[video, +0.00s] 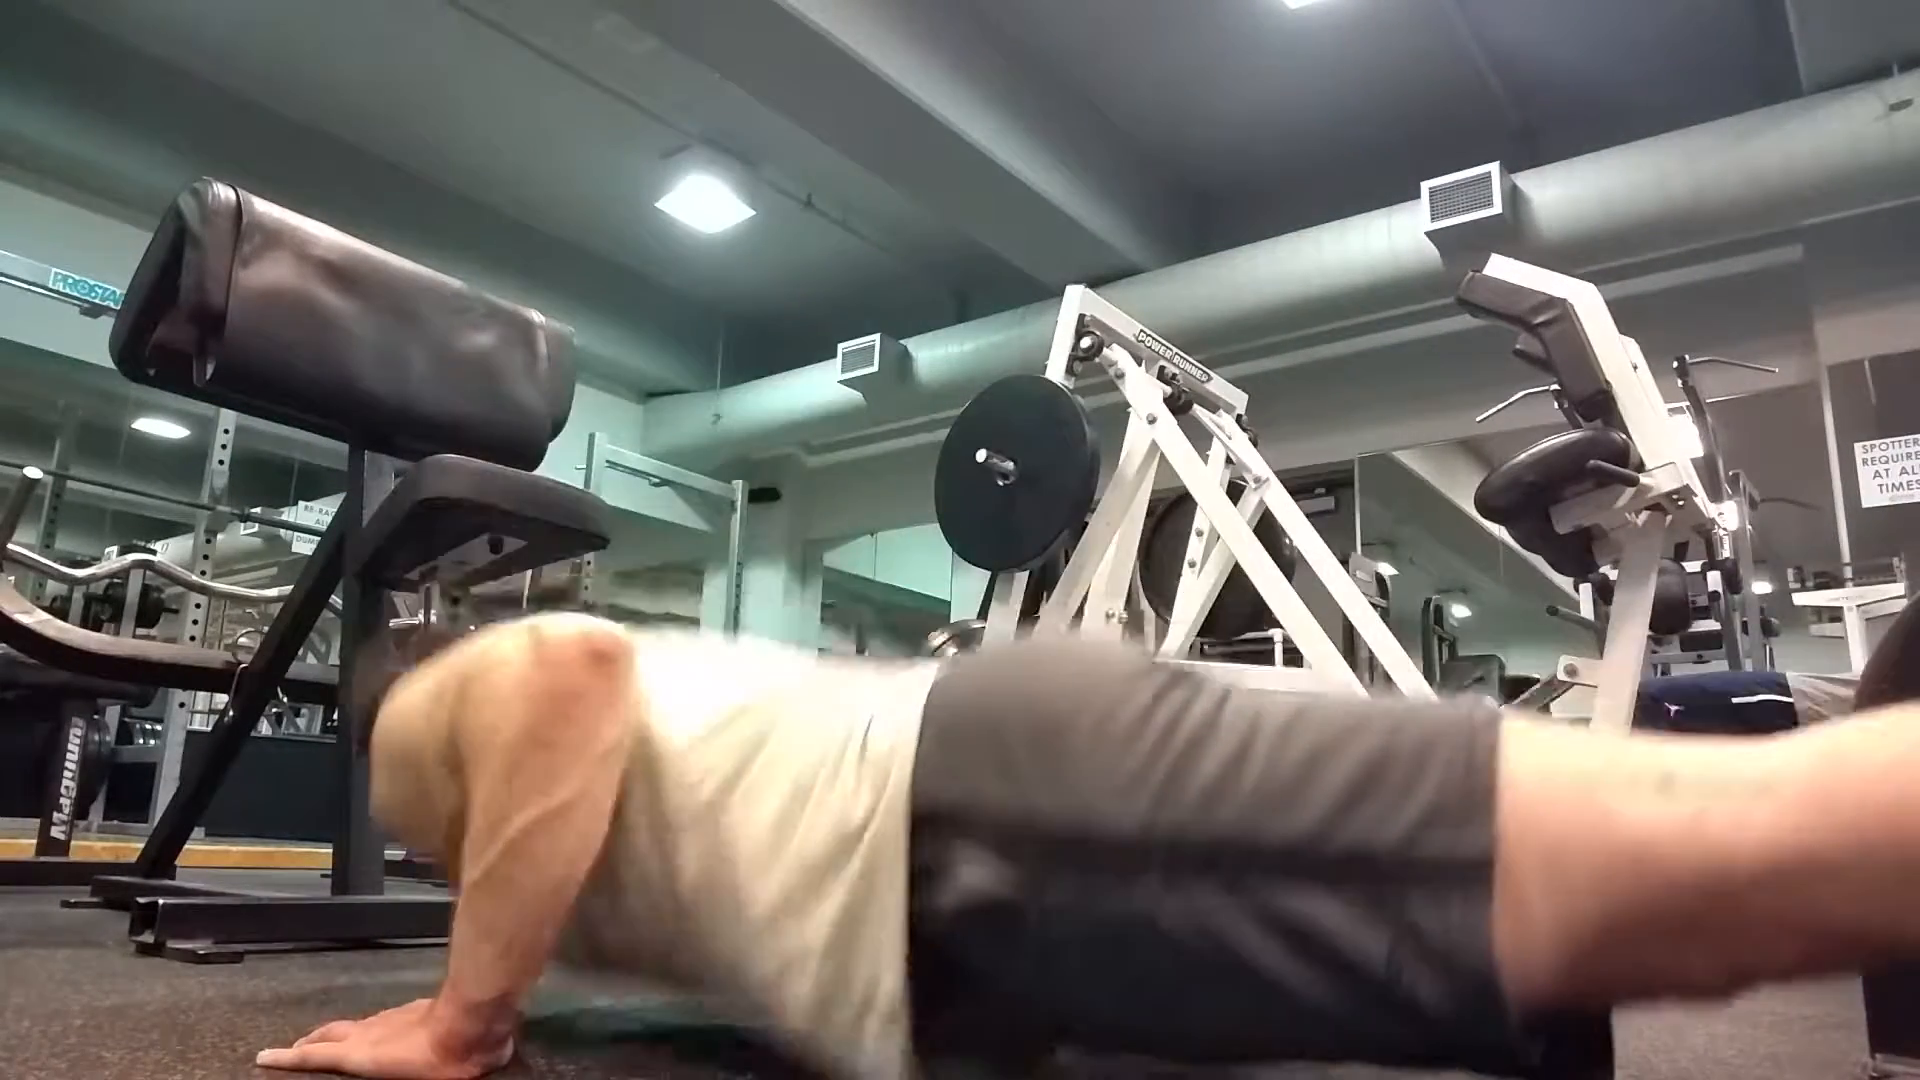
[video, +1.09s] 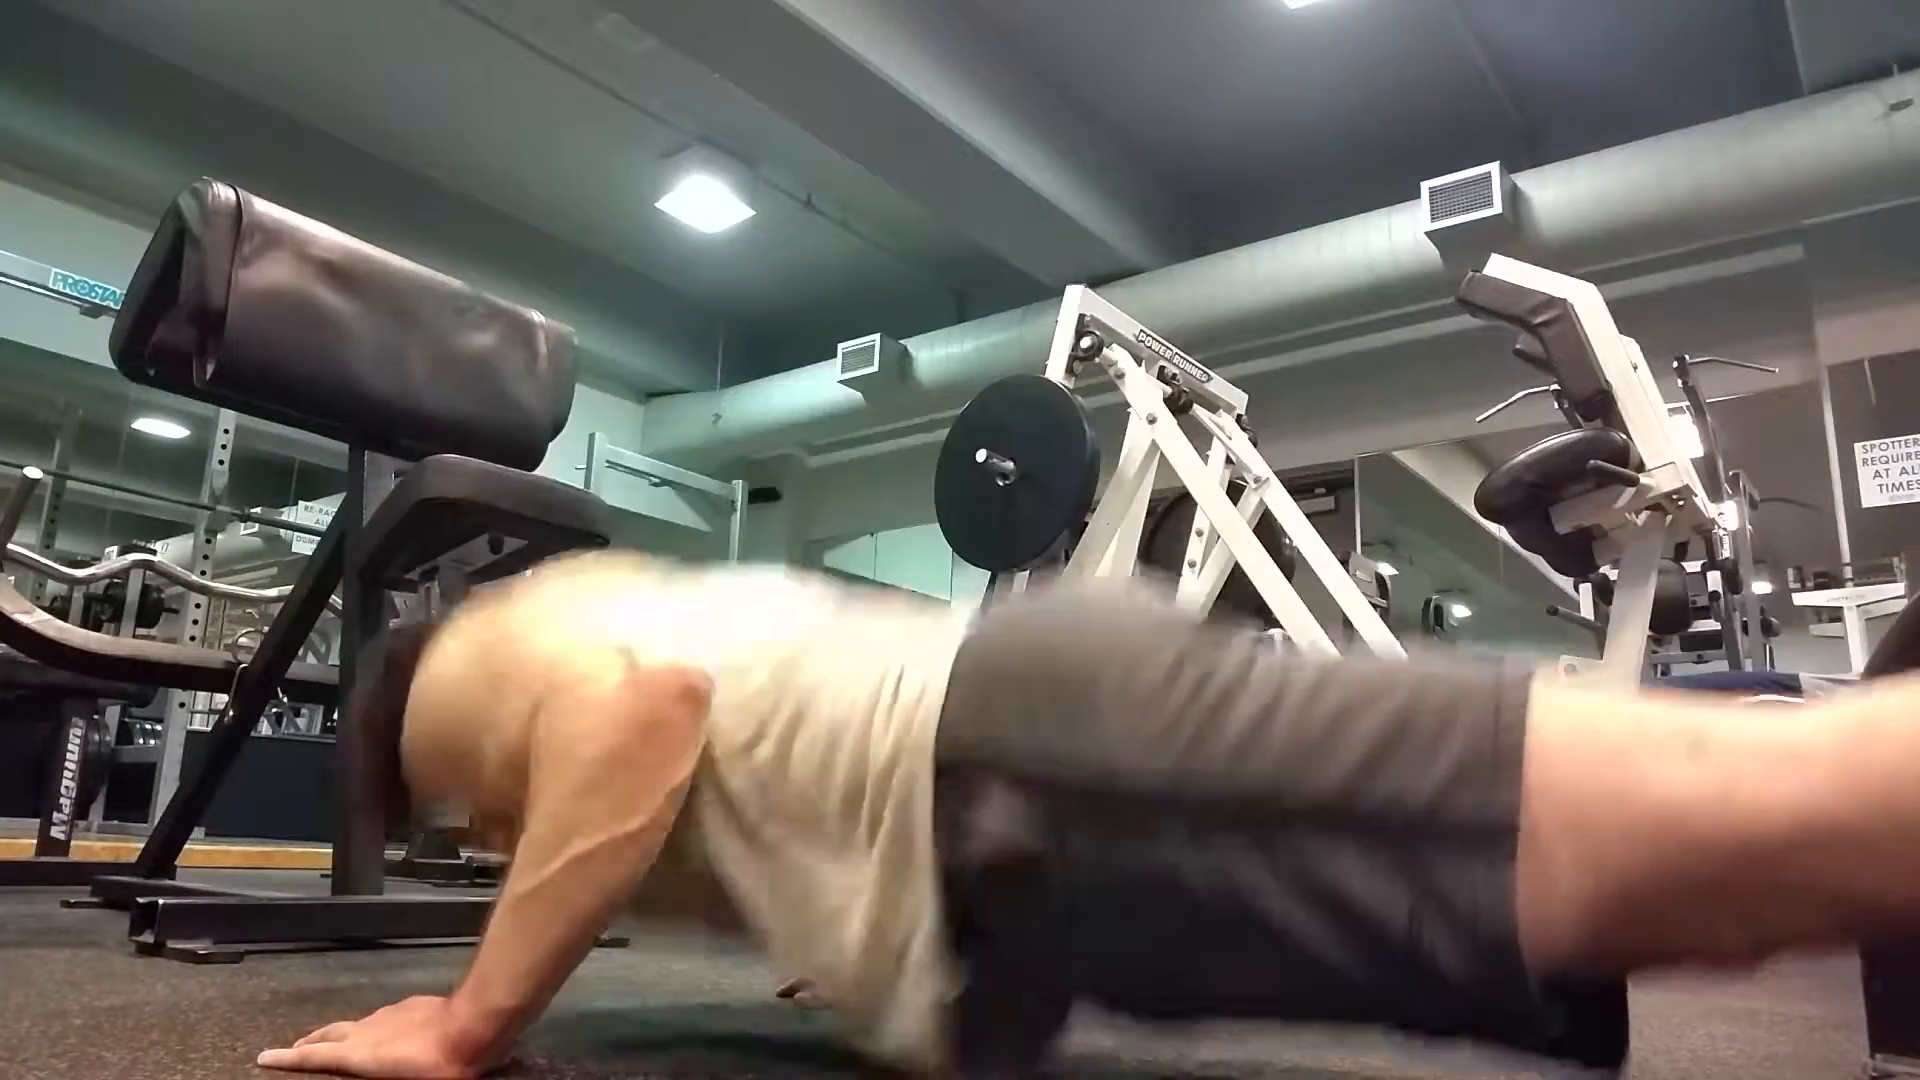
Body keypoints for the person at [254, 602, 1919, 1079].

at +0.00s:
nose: (413, 818)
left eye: (394, 796)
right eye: (415, 804)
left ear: (409, 700)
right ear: (448, 724)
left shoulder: (433, 705)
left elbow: (575, 691)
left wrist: (457, 1018)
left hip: (975, 832)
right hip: (964, 953)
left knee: (1707, 871)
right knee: (1704, 872)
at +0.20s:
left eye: (400, 750)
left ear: (423, 653)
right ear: (520, 611)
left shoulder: (445, 680)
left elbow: (580, 682)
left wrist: (459, 1016)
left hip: (981, 813)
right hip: (975, 944)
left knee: (1759, 842)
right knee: (1750, 857)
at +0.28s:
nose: (412, 673)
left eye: (399, 638)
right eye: (411, 654)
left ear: (409, 568)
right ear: (517, 496)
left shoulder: (478, 560)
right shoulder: (624, 542)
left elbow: (594, 682)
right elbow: (841, 640)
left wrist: (464, 1019)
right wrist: (864, 918)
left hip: (1002, 707)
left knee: (1738, 796)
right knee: (1724, 799)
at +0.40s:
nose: (417, 562)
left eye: (413, 516)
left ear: (429, 413)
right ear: (548, 368)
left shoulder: (516, 448)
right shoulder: (717, 453)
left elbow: (597, 661)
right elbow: (924, 693)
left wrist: (465, 1014)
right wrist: (934, 956)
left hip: (1037, 613)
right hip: (1061, 687)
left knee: (1770, 738)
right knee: (1746, 751)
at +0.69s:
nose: (438, 652)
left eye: (411, 615)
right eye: (423, 643)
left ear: (417, 537)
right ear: (533, 463)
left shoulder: (508, 490)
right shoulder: (707, 488)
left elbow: (632, 681)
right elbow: (963, 734)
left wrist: (467, 1016)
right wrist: (926, 973)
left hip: (1034, 624)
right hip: (1059, 632)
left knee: (1757, 741)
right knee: (1748, 743)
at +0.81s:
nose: (428, 804)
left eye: (404, 775)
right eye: (415, 794)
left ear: (401, 672)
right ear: (500, 587)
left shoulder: (452, 645)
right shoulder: (647, 604)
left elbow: (636, 710)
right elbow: (888, 716)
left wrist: (460, 1021)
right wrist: (920, 953)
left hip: (1006, 757)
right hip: (1026, 754)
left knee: (1677, 836)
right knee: (1676, 828)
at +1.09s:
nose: (444, 836)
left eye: (415, 805)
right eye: (429, 827)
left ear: (416, 672)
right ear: (513, 593)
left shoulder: (468, 655)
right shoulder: (660, 624)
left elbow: (640, 712)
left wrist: (464, 1018)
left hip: (1014, 766)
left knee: (1746, 832)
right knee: (1734, 841)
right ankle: (1870, 901)